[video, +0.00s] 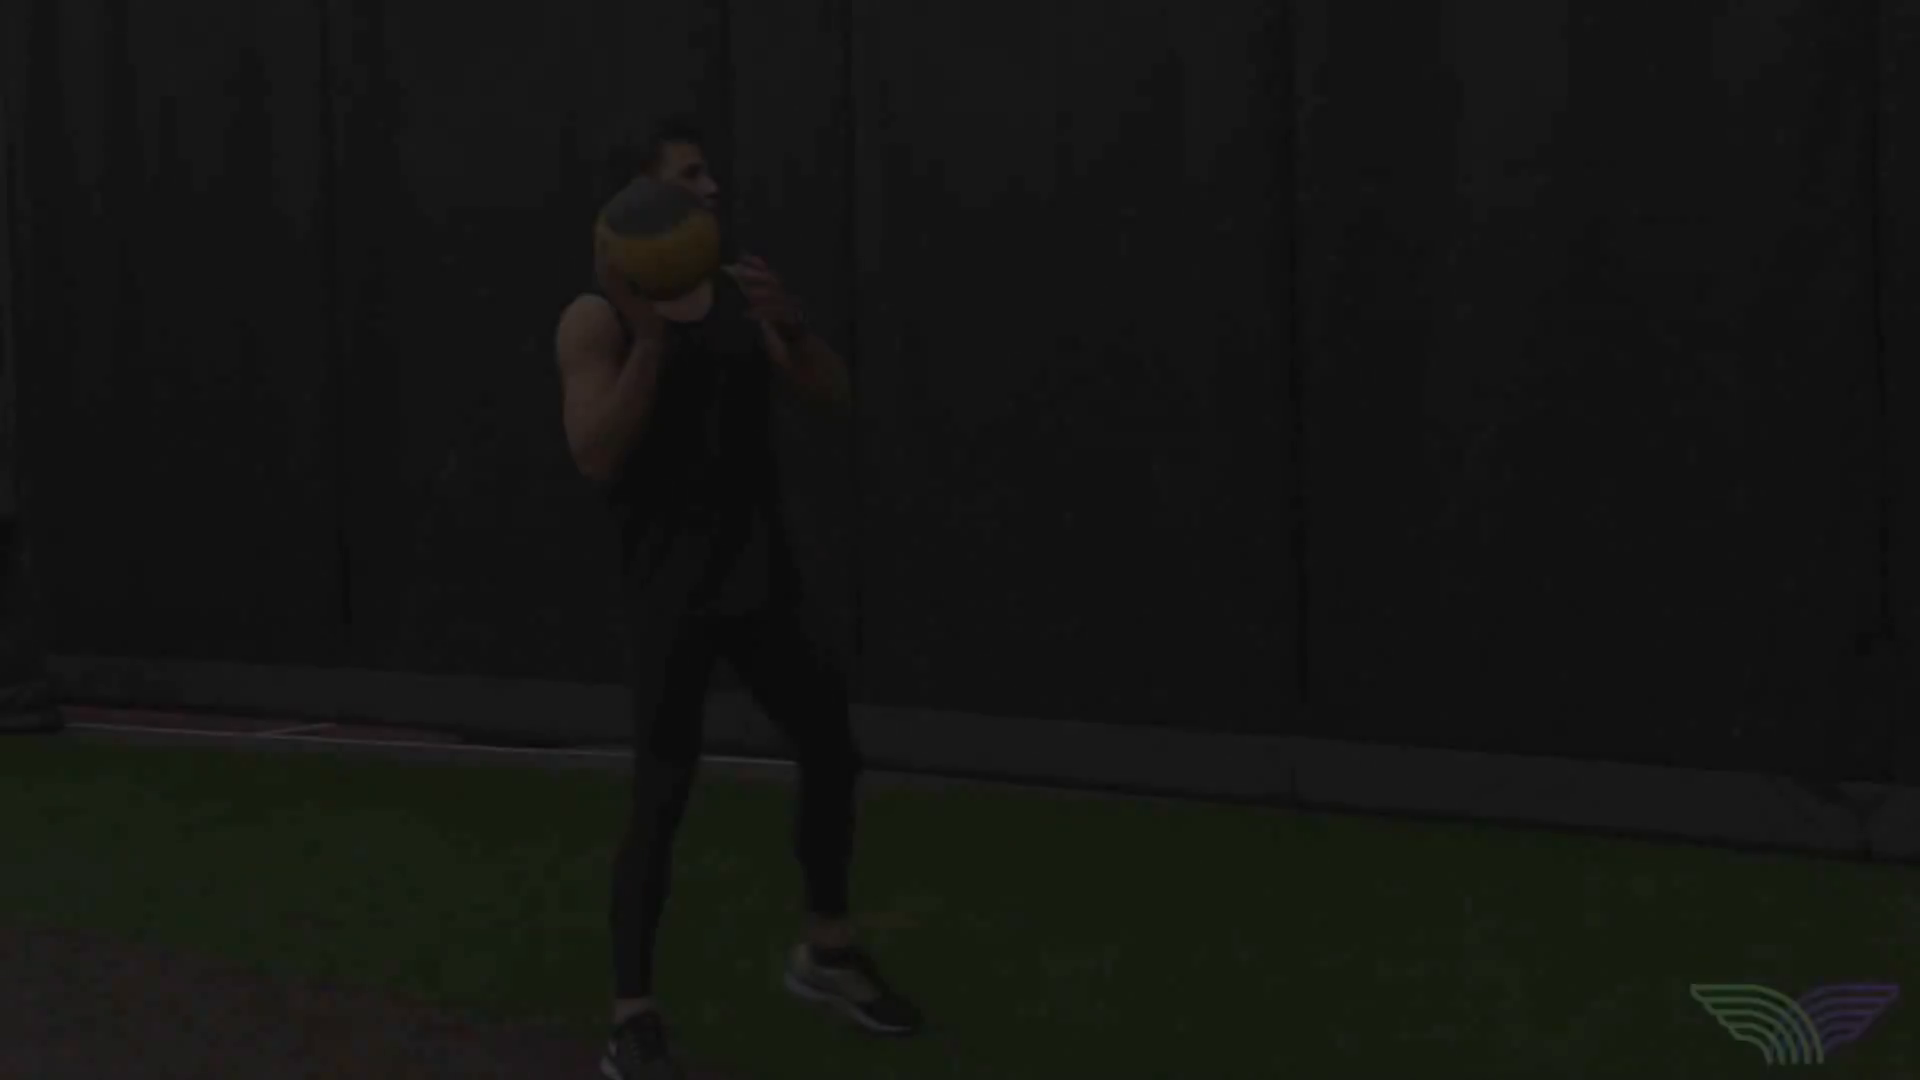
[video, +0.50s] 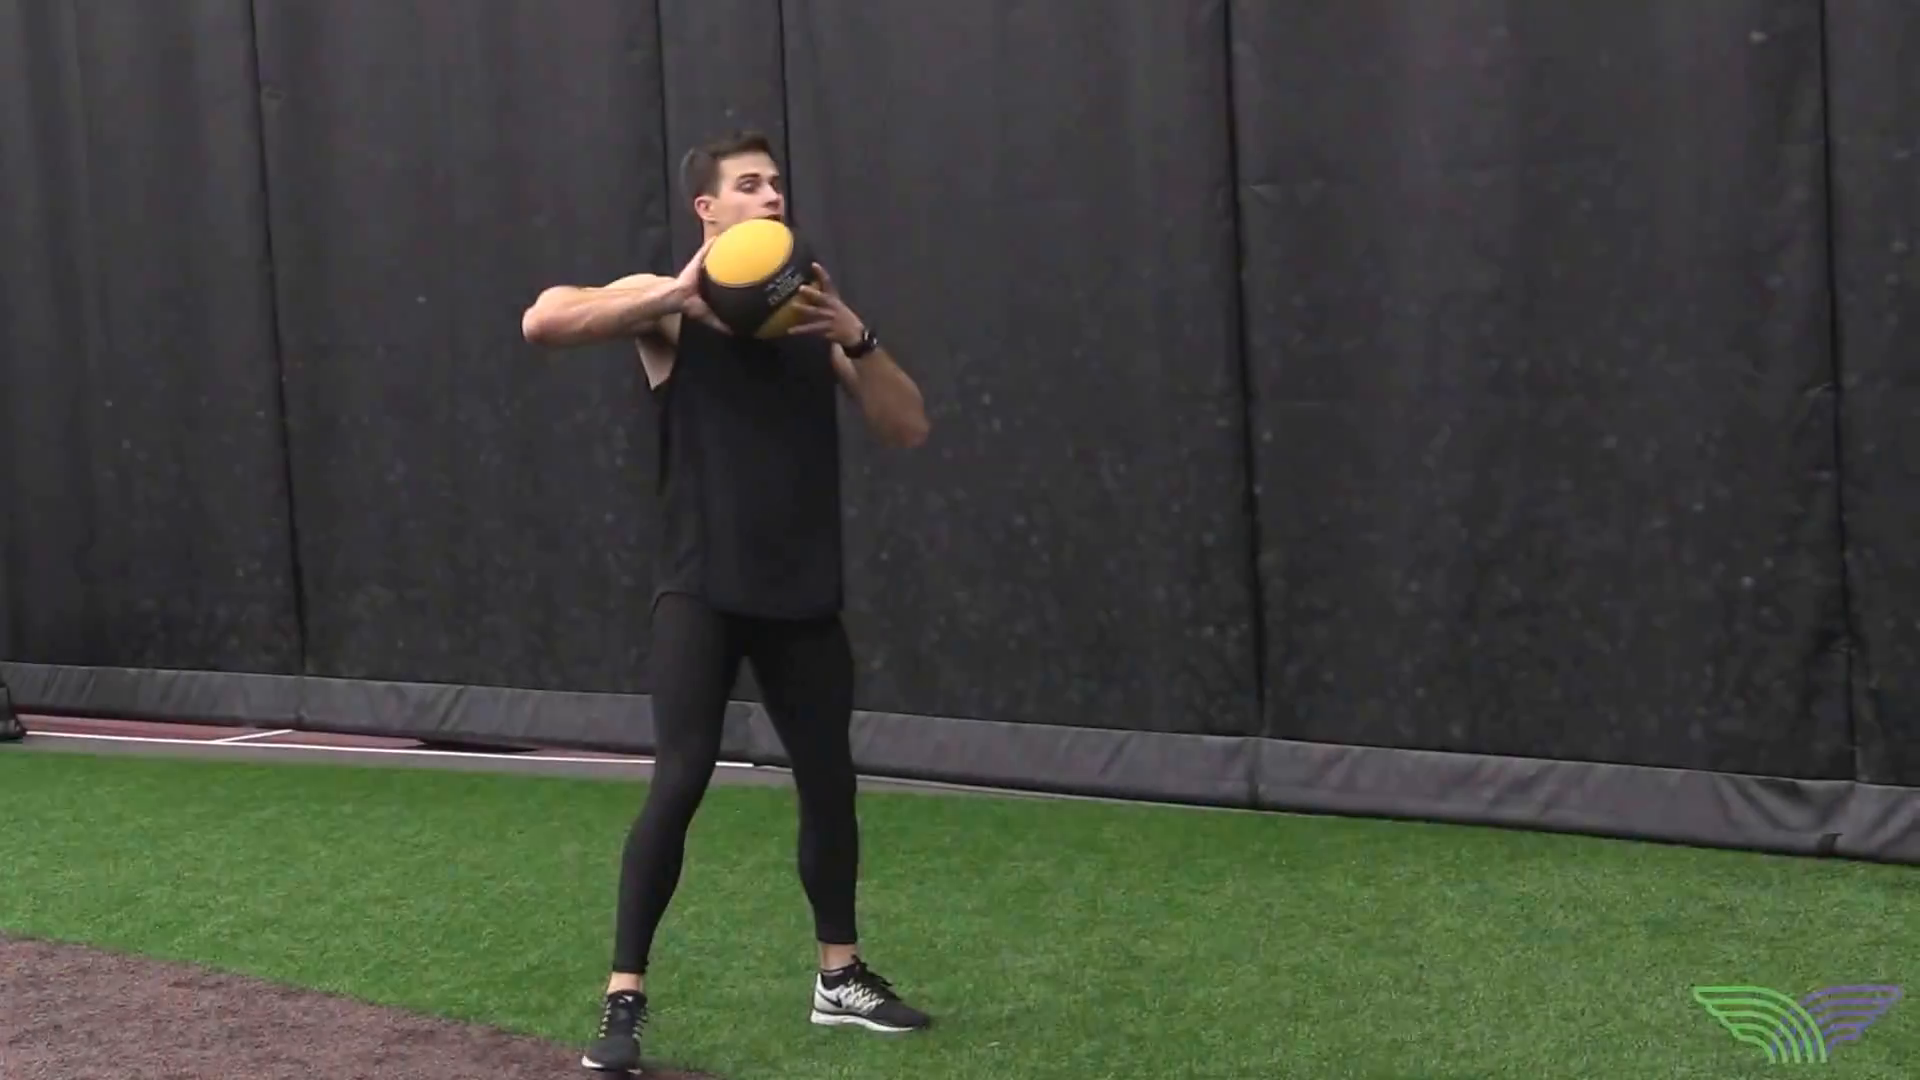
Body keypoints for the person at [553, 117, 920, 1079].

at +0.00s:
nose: (702, 192)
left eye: (705, 177)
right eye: (682, 179)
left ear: (715, 190)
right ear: (638, 196)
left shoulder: (737, 297)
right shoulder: (598, 317)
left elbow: (827, 396)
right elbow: (595, 452)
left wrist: (783, 328)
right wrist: (650, 339)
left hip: (758, 570)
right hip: (664, 580)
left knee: (830, 749)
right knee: (660, 789)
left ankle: (828, 948)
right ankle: (633, 1008)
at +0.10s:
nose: (694, 201)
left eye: (704, 187)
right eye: (674, 190)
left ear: (722, 209)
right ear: (633, 215)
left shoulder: (756, 312)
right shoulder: (607, 322)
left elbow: (852, 400)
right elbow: (577, 439)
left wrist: (784, 312)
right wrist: (652, 336)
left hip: (773, 581)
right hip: (678, 591)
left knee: (834, 766)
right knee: (665, 799)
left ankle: (864, 955)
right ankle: (629, 1015)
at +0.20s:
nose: (696, 201)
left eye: (707, 187)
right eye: (676, 190)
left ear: (728, 203)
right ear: (642, 213)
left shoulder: (771, 305)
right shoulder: (623, 319)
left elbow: (870, 405)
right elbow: (553, 415)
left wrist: (798, 315)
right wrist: (648, 332)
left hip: (790, 585)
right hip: (692, 593)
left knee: (837, 775)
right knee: (678, 796)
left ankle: (866, 967)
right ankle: (626, 1018)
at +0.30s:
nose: (727, 202)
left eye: (737, 189)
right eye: (706, 190)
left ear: (756, 207)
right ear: (669, 214)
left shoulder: (802, 315)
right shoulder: (651, 316)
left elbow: (901, 419)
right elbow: (552, 377)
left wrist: (832, 322)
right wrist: (656, 311)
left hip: (807, 590)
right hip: (710, 596)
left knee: (840, 779)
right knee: (689, 796)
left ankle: (861, 974)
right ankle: (629, 1013)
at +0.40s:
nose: (757, 195)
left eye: (766, 182)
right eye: (736, 185)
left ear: (781, 203)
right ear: (696, 211)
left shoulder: (818, 307)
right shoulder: (670, 303)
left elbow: (914, 427)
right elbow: (552, 345)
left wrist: (856, 338)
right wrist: (673, 303)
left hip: (811, 589)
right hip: (710, 589)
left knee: (849, 781)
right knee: (689, 787)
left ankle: (855, 976)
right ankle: (632, 1003)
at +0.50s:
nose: (770, 197)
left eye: (776, 185)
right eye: (749, 184)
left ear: (788, 205)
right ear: (704, 206)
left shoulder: (815, 306)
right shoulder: (666, 297)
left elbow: (910, 425)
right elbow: (540, 321)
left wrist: (856, 342)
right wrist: (668, 296)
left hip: (802, 588)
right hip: (699, 586)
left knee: (831, 781)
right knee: (680, 780)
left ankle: (840, 977)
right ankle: (625, 992)